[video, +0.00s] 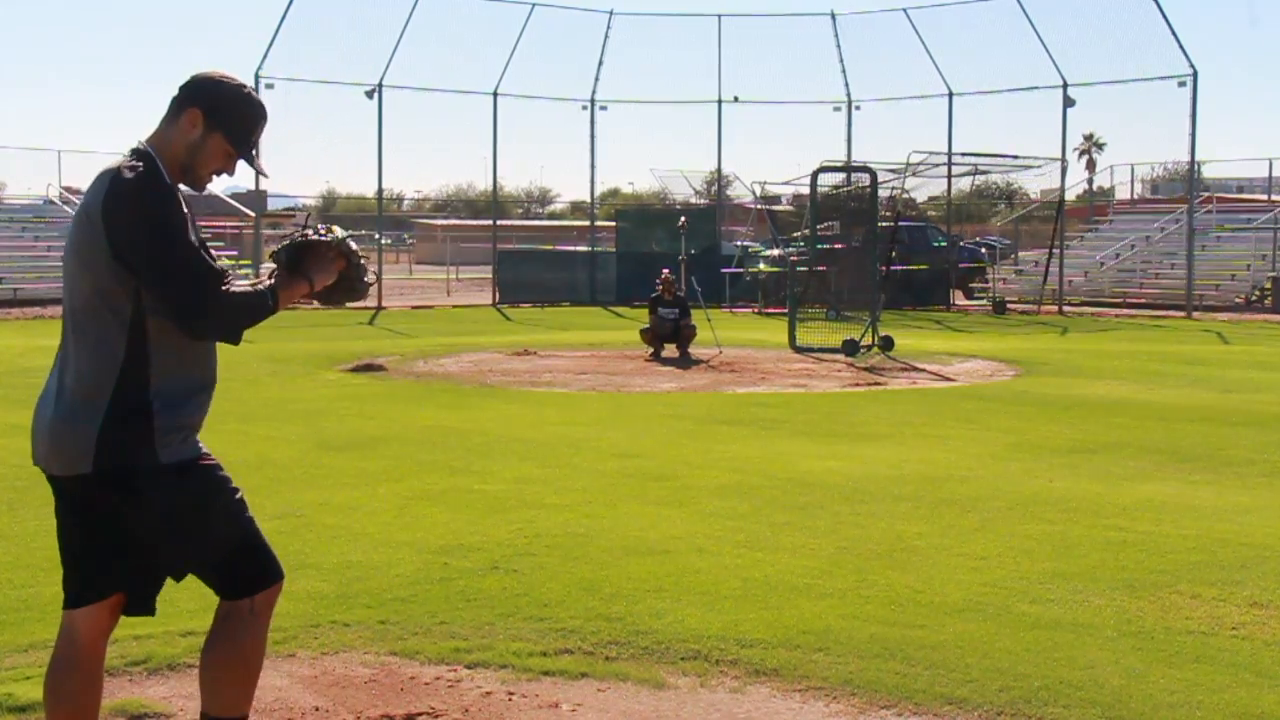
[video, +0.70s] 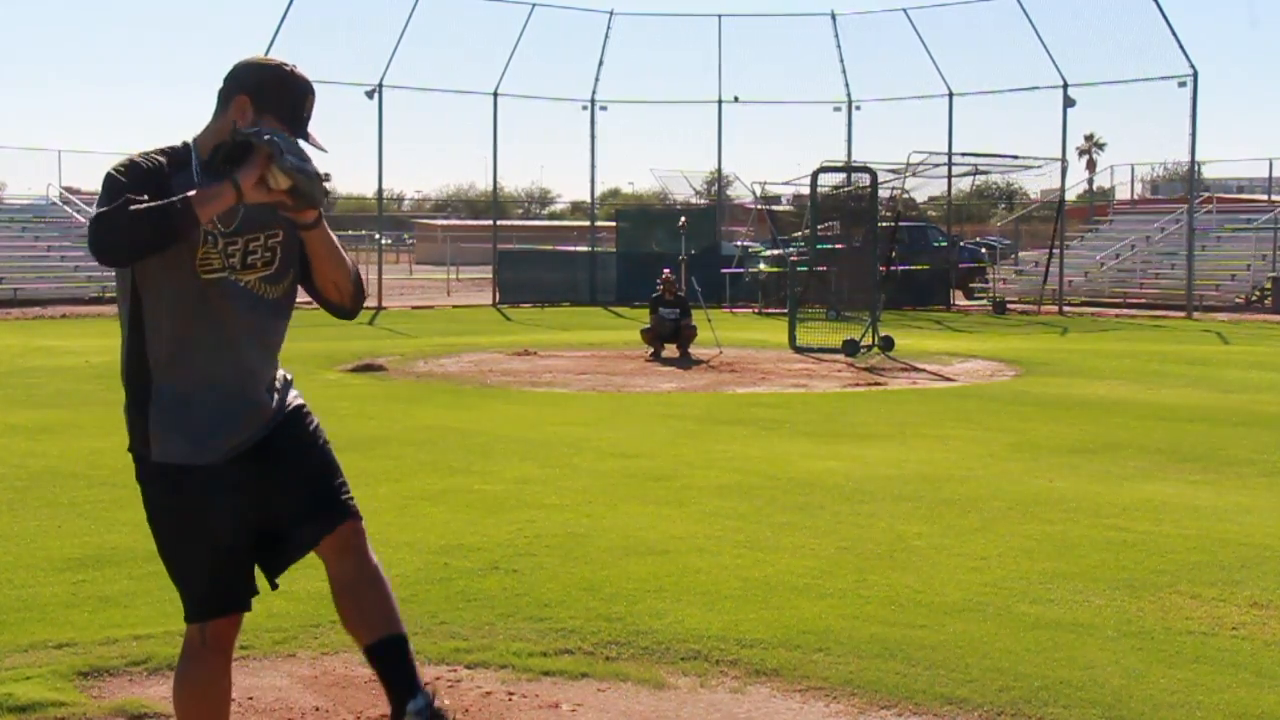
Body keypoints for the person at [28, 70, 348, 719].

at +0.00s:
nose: (228, 168)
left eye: (236, 158)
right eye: (230, 151)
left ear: (189, 125)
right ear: (192, 121)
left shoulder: (114, 187)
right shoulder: (144, 192)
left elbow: (197, 303)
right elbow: (212, 312)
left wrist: (276, 289)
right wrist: (287, 283)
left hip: (80, 444)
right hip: (143, 448)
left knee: (91, 609)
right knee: (254, 584)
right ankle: (223, 716)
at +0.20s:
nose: (246, 166)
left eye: (252, 156)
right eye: (245, 149)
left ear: (209, 126)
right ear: (207, 119)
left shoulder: (196, 203)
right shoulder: (144, 191)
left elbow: (239, 314)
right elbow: (195, 303)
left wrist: (287, 298)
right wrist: (307, 268)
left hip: (137, 446)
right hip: (159, 450)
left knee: (132, 608)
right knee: (243, 612)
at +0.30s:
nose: (260, 155)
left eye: (266, 144)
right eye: (259, 138)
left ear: (225, 120)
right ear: (217, 112)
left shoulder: (231, 203)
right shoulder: (146, 189)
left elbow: (277, 315)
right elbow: (190, 295)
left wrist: (320, 267)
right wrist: (287, 265)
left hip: (204, 446)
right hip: (159, 448)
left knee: (183, 614)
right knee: (236, 615)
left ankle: (120, 717)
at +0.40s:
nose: (268, 148)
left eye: (274, 136)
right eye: (265, 131)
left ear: (236, 118)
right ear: (221, 107)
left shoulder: (250, 203)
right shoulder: (144, 186)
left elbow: (301, 313)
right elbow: (182, 286)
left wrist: (323, 256)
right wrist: (290, 243)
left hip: (232, 440)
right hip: (162, 447)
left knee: (279, 591)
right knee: (222, 622)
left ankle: (165, 711)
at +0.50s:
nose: (275, 147)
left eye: (280, 134)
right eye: (271, 129)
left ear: (241, 116)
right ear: (227, 106)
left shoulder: (259, 198)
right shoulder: (141, 182)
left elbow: (317, 310)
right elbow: (148, 271)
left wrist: (318, 247)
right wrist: (268, 228)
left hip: (254, 433)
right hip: (171, 444)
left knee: (322, 575)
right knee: (220, 620)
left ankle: (244, 712)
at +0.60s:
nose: (282, 147)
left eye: (288, 134)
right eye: (276, 128)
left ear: (250, 118)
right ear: (231, 107)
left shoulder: (271, 196)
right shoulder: (138, 178)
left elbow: (333, 308)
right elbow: (123, 253)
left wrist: (309, 229)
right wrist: (244, 210)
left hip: (259, 419)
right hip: (174, 443)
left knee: (338, 557)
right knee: (216, 620)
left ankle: (340, 717)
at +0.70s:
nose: (284, 150)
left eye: (294, 139)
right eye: (279, 133)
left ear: (294, 140)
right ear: (239, 111)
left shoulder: (281, 190)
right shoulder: (149, 174)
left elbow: (348, 301)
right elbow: (109, 241)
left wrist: (306, 215)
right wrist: (229, 190)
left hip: (270, 410)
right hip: (182, 439)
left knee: (344, 532)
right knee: (215, 618)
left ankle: (412, 701)